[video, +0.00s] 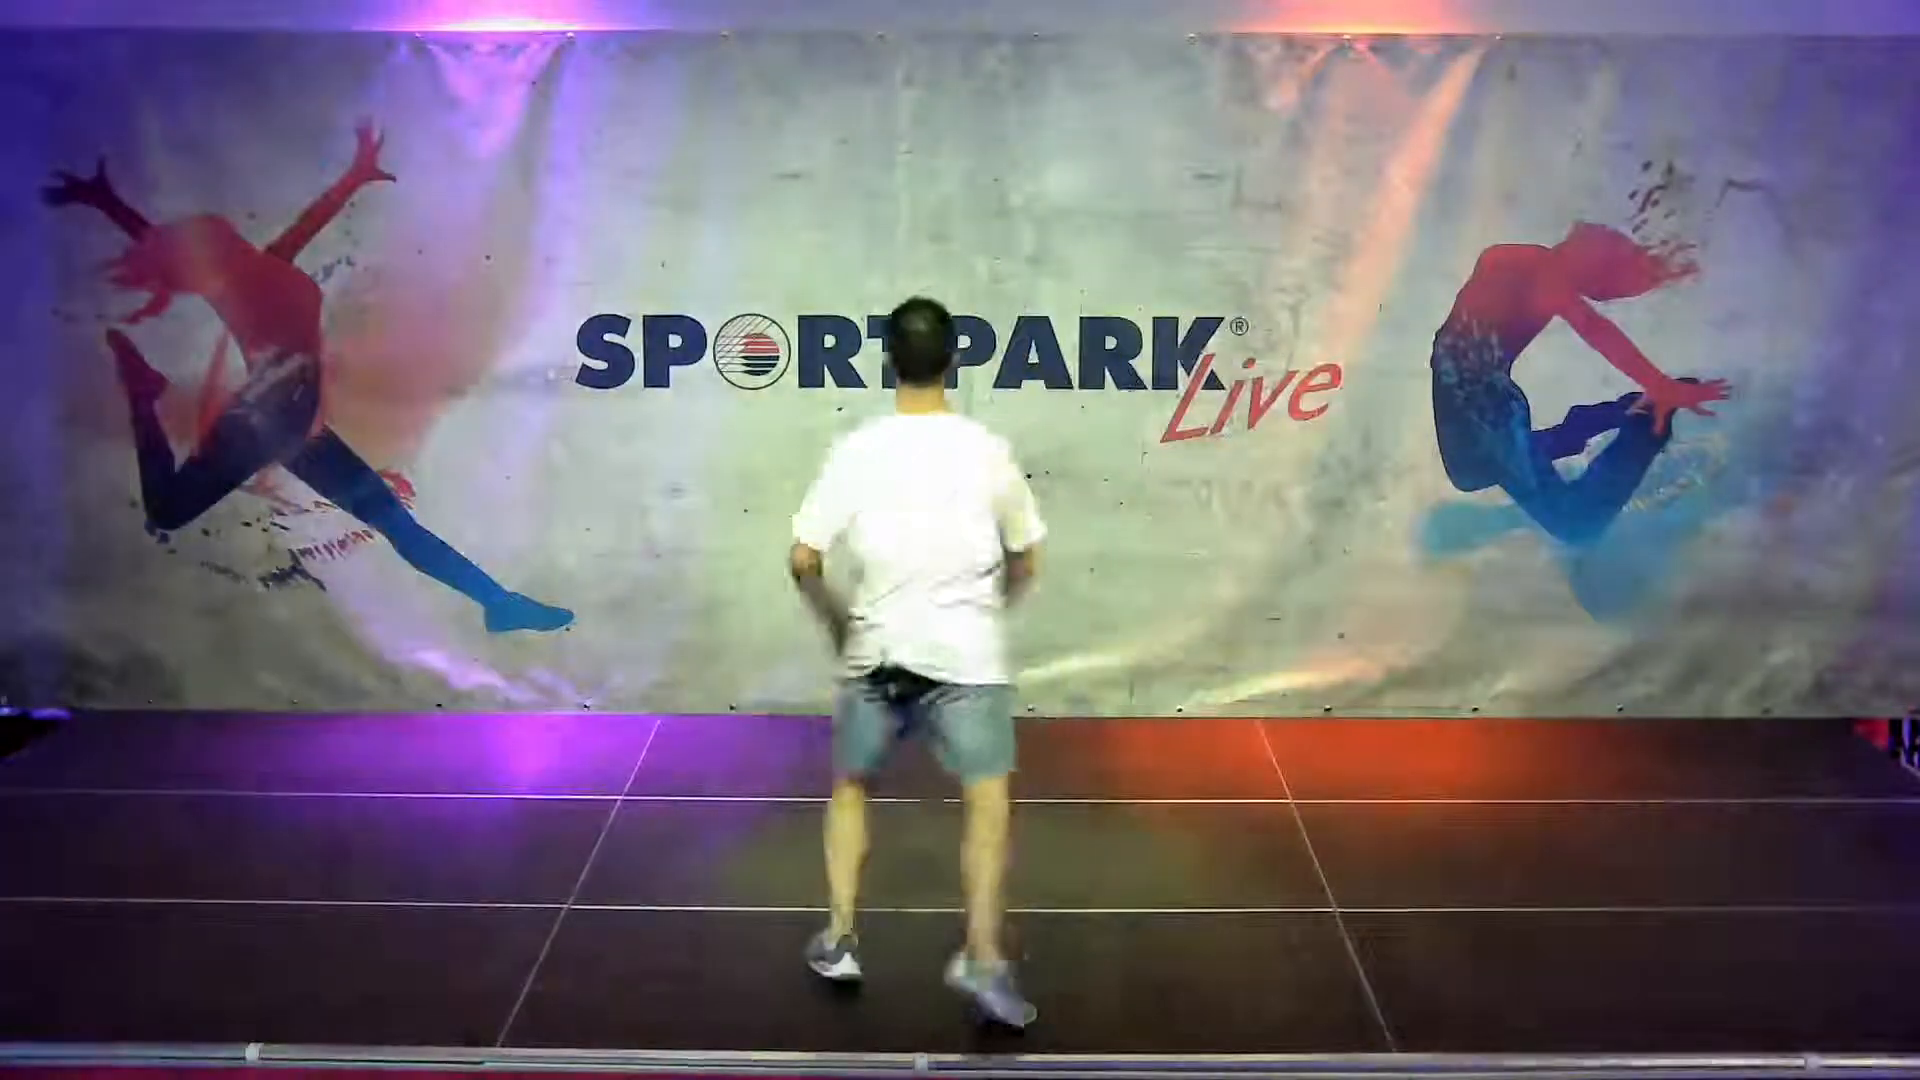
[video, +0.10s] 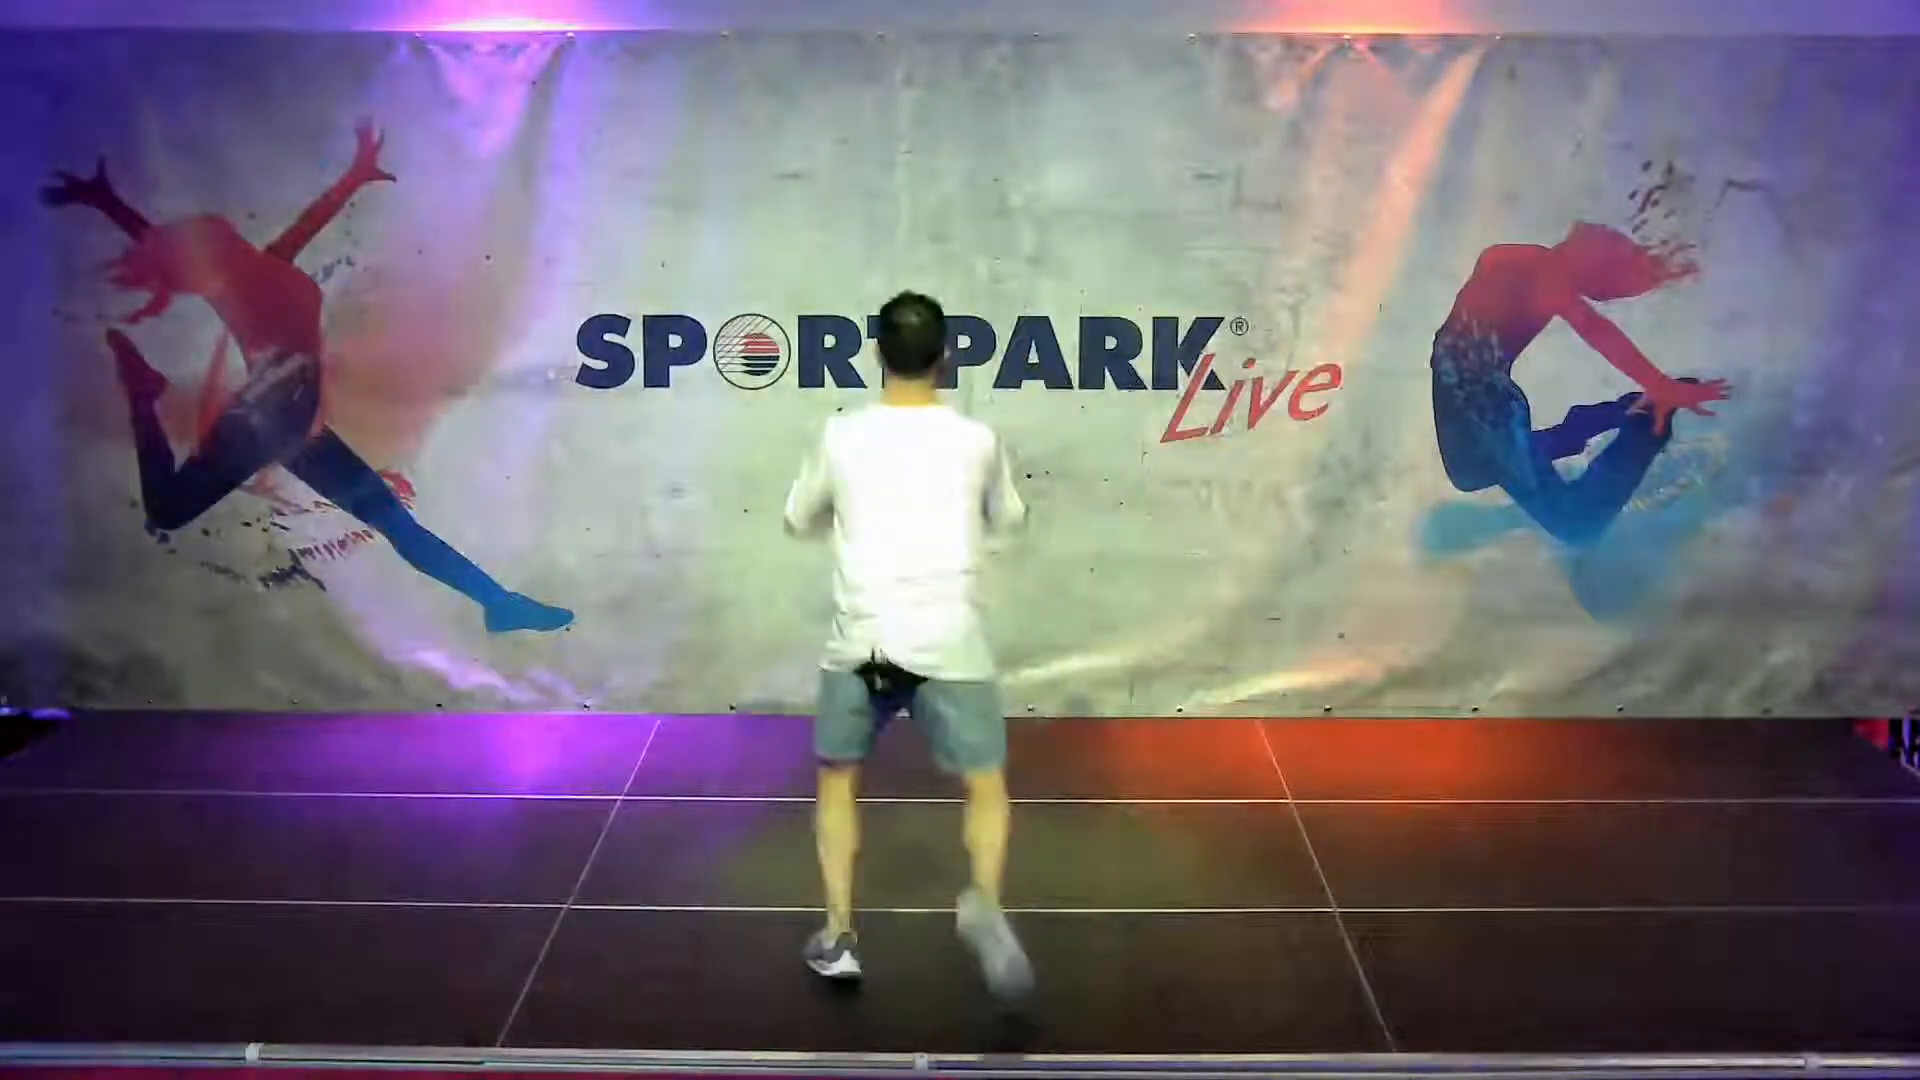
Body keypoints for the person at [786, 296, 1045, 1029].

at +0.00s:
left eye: (897, 355)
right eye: (940, 355)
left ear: (888, 365)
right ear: (953, 364)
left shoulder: (856, 451)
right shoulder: (986, 449)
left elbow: (804, 560)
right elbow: (1024, 560)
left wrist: (841, 621)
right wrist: (982, 607)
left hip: (878, 645)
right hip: (967, 647)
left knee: (850, 786)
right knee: (988, 799)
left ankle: (840, 938)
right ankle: (984, 960)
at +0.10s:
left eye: (884, 346)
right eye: (934, 348)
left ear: (877, 355)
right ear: (944, 357)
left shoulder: (844, 434)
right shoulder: (976, 439)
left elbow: (803, 518)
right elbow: (1007, 516)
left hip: (863, 637)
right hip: (950, 640)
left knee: (836, 777)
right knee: (986, 780)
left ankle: (839, 936)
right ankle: (985, 899)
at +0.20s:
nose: (904, 314)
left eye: (888, 305)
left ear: (873, 307)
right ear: (940, 312)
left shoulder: (840, 374)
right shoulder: (963, 380)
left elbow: (852, 336)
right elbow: (970, 338)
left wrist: (890, 310)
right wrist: (944, 316)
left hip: (857, 575)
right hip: (939, 575)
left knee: (842, 732)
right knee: (965, 700)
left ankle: (848, 892)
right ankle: (949, 836)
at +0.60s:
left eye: (897, 332)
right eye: (932, 333)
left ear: (883, 344)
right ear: (946, 348)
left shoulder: (849, 405)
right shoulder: (968, 414)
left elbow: (799, 340)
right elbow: (1010, 364)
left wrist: (856, 285)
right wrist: (972, 295)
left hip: (864, 586)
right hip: (936, 588)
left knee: (850, 730)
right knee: (927, 684)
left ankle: (880, 827)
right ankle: (916, 790)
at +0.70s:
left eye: (896, 306)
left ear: (889, 315)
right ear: (948, 318)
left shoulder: (854, 393)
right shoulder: (975, 393)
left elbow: (764, 428)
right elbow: (1027, 411)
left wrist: (734, 423)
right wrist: (1037, 395)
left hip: (867, 563)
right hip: (941, 569)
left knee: (852, 617)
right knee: (928, 666)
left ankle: (862, 734)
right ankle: (913, 787)